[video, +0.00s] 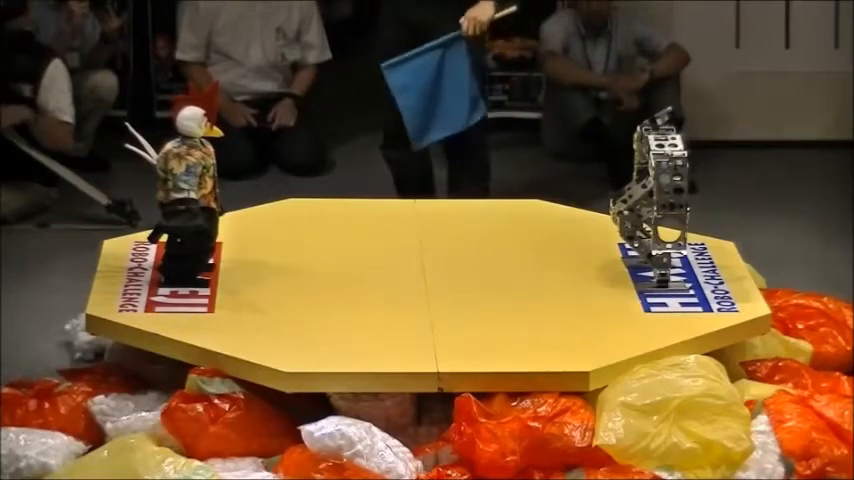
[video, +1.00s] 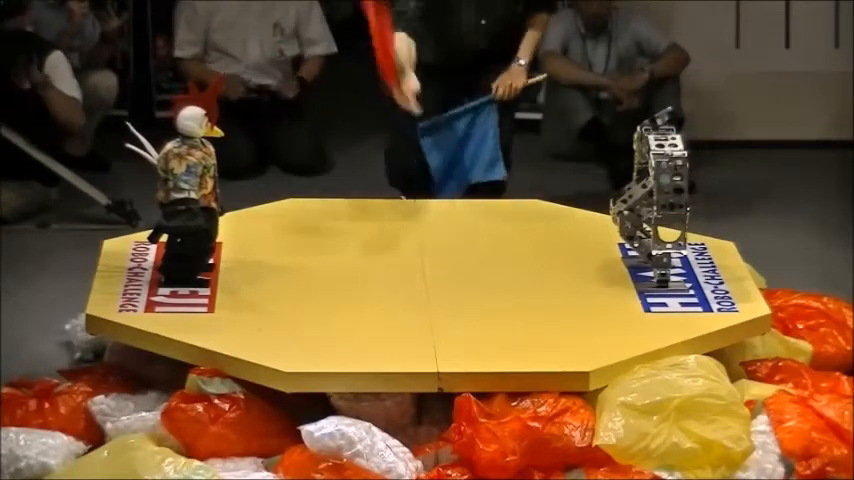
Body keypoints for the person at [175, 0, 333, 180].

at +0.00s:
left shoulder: (301, 5)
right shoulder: (202, 5)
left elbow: (310, 62)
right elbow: (191, 62)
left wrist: (291, 100)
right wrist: (226, 106)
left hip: (279, 99)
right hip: (227, 102)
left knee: (307, 161)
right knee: (238, 163)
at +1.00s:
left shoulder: (301, 5)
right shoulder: (196, 6)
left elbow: (317, 49)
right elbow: (187, 59)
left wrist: (299, 81)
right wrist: (220, 82)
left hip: (280, 97)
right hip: (229, 99)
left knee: (306, 161)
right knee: (237, 164)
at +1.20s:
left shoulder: (301, 4)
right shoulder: (197, 5)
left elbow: (320, 45)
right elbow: (183, 54)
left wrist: (296, 57)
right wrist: (215, 53)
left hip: (283, 99)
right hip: (227, 100)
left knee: (306, 162)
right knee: (236, 165)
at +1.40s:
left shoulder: (297, 3)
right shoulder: (197, 4)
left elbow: (322, 42)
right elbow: (183, 55)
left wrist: (294, 32)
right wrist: (213, 34)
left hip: (283, 99)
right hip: (228, 103)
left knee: (306, 162)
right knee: (236, 166)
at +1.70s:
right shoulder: (198, 5)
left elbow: (320, 31)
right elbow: (186, 48)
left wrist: (296, 16)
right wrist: (211, 15)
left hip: (279, 96)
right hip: (221, 99)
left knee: (307, 162)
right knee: (239, 166)